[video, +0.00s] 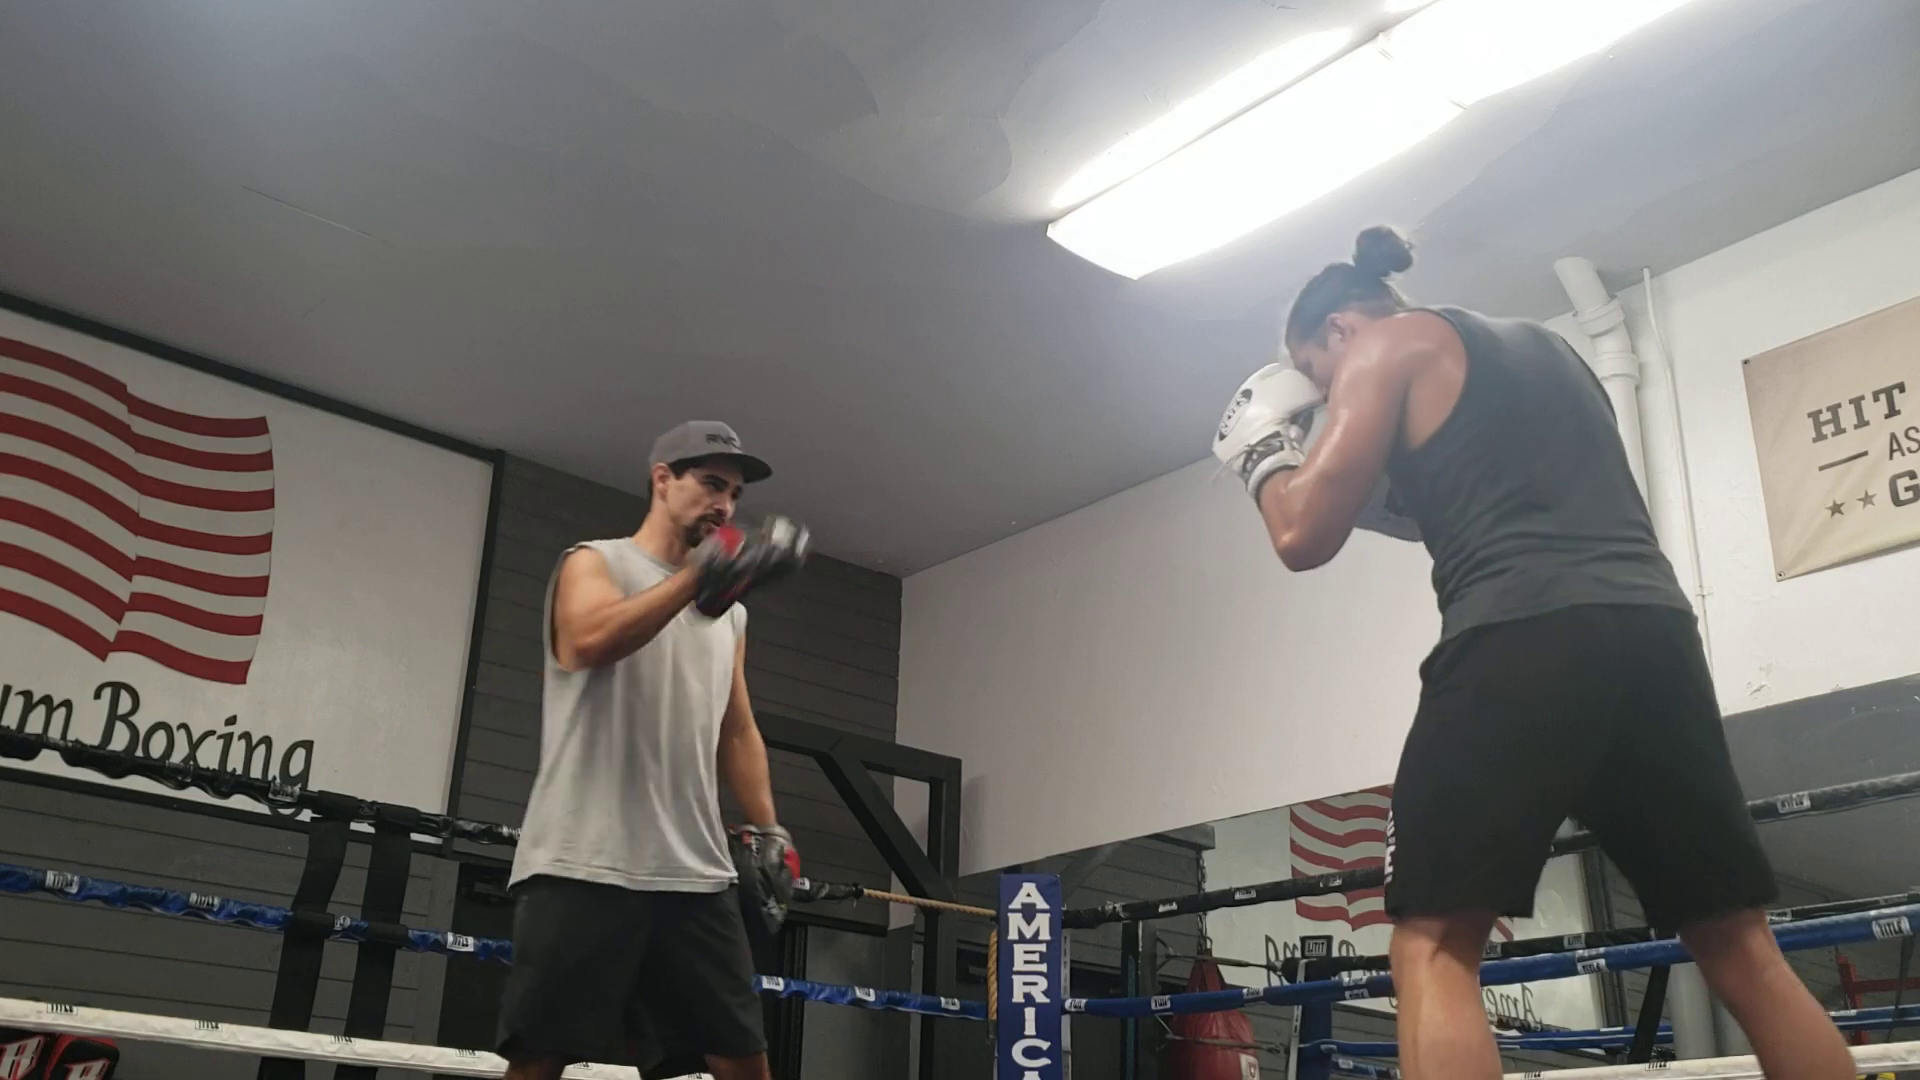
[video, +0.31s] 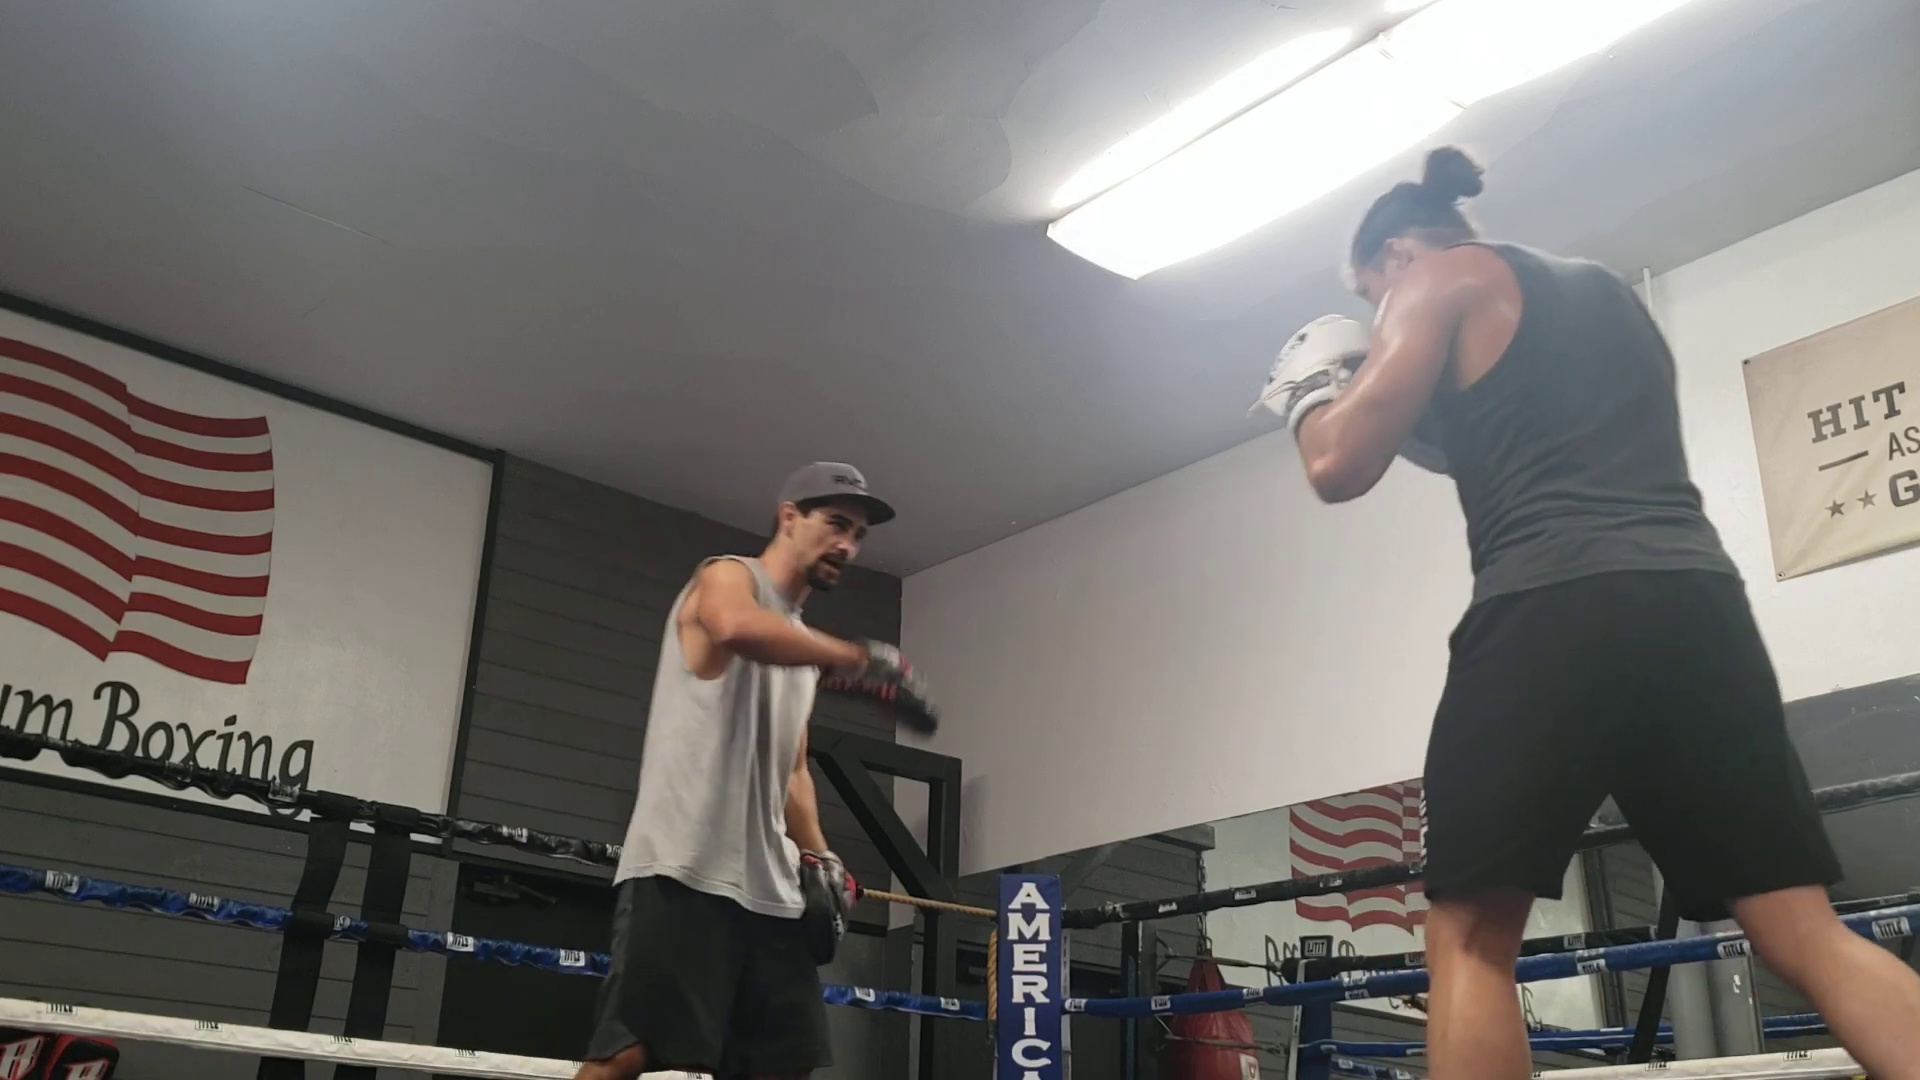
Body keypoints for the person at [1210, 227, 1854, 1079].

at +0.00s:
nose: (1325, 388)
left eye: (1318, 369)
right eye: (1315, 377)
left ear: (1341, 324)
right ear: (1389, 297)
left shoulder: (1388, 343)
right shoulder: (1545, 348)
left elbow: (1301, 533)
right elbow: (1457, 504)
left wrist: (1263, 450)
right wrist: (1325, 473)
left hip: (1517, 647)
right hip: (1655, 638)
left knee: (1434, 950)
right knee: (1742, 948)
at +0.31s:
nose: (1383, 313)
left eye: (1376, 294)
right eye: (1372, 303)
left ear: (1401, 252)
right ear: (1461, 228)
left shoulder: (1439, 279)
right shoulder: (1609, 291)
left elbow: (1334, 466)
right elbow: (1507, 447)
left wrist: (1312, 392)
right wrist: (1378, 384)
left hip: (1547, 623)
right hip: (1700, 610)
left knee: (1471, 944)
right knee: (1808, 931)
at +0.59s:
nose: (1515, 287)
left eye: (1513, 268)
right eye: (1510, 278)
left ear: (1547, 240)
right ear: (1615, 218)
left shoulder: (1578, 247)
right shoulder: (1766, 305)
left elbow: (1469, 378)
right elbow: (1675, 467)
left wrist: (1412, 371)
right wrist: (1512, 425)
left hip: (1613, 627)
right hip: (1782, 623)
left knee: (1481, 930)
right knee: (1871, 941)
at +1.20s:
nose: (1371, 367)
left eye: (1361, 347)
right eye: (1359, 355)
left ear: (1388, 303)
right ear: (1424, 285)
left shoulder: (1478, 322)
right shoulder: (1595, 361)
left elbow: (1366, 502)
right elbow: (1549, 575)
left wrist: (1325, 419)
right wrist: (1446, 516)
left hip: (1597, 644)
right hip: (1727, 639)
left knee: (1464, 947)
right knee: (1802, 972)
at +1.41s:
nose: (1443, 439)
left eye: (1447, 419)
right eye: (1440, 429)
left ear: (1470, 390)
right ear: (1538, 373)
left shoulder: (1496, 391)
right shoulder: (1672, 442)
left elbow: (1378, 545)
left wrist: (1376, 487)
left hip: (1629, 705)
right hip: (1769, 704)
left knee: (1441, 971)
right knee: (1848, 1008)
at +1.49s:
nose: (1482, 501)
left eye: (1486, 482)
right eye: (1483, 490)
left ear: (1514, 451)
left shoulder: (1539, 457)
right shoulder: (1711, 504)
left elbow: (1431, 586)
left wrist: (1404, 570)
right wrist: (1533, 652)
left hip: (1659, 749)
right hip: (1804, 755)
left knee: (1439, 993)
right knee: (1839, 1038)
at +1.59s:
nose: (1514, 539)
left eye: (1511, 521)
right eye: (1507, 528)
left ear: (1542, 477)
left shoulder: (1581, 471)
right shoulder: (1737, 526)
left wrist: (1456, 605)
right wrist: (1594, 697)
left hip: (1688, 764)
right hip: (1830, 780)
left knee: (1472, 993)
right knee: (1838, 1038)